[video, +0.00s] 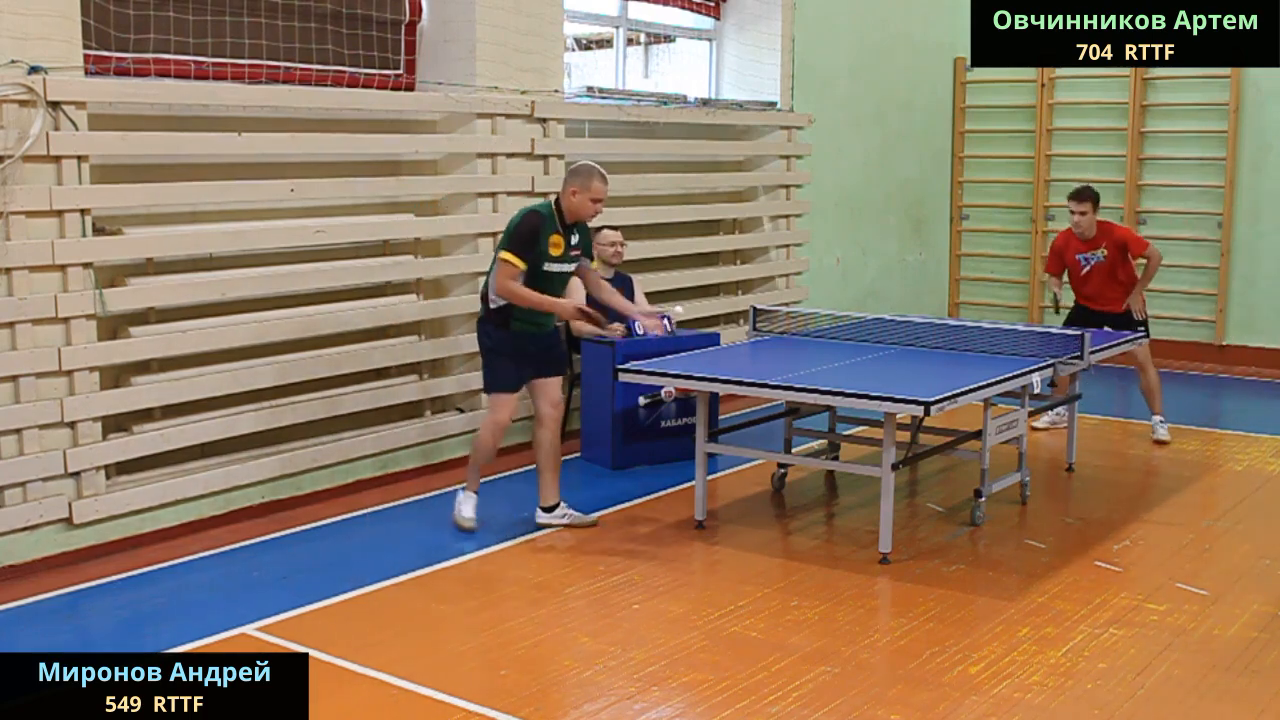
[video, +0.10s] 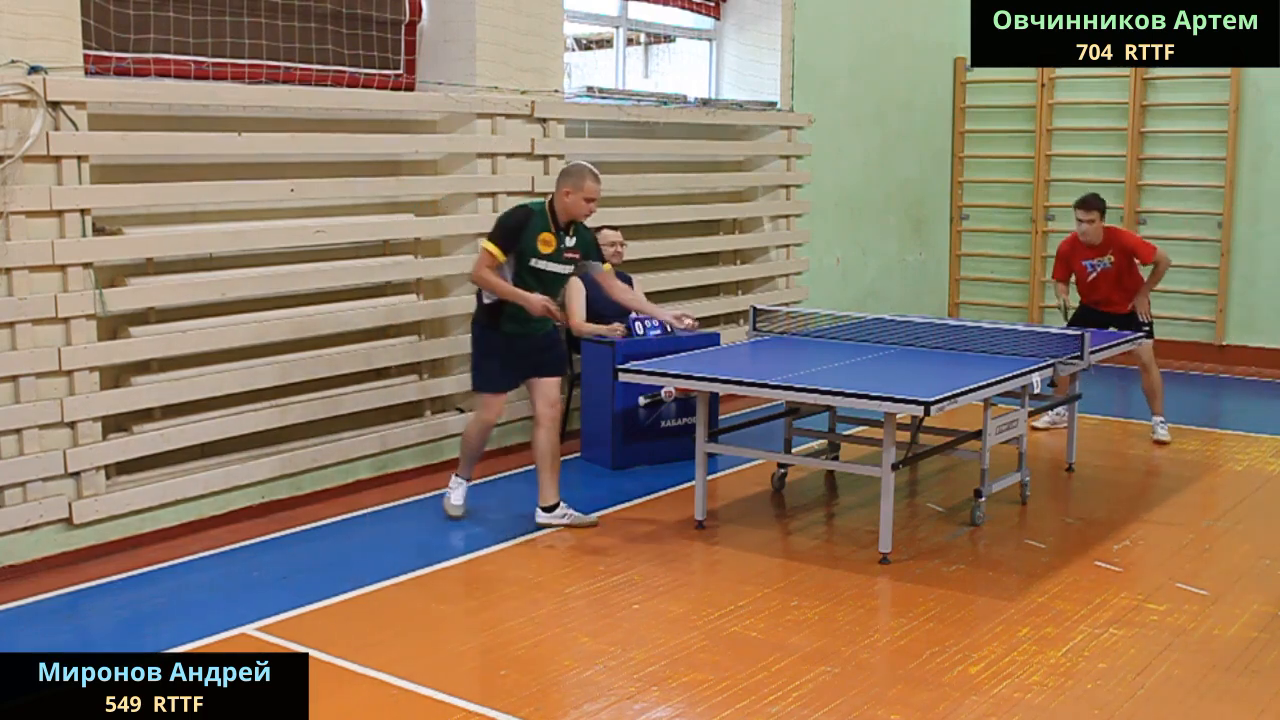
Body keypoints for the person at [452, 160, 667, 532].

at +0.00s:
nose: (599, 210)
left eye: (602, 203)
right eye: (595, 202)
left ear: (579, 196)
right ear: (572, 193)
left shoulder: (579, 229)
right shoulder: (531, 221)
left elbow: (592, 282)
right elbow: (502, 284)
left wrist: (638, 313)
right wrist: (561, 306)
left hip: (544, 330)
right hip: (504, 329)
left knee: (551, 412)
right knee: (500, 417)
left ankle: (549, 506)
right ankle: (469, 491)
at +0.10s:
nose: (593, 209)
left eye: (596, 202)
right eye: (590, 201)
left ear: (574, 197)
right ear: (565, 193)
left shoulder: (582, 236)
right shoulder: (520, 219)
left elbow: (615, 288)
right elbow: (480, 271)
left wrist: (665, 315)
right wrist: (526, 299)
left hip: (544, 330)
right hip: (497, 329)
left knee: (550, 412)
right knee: (488, 414)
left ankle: (549, 506)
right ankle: (461, 480)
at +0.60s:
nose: (534, 215)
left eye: (536, 208)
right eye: (528, 208)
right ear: (504, 199)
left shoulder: (533, 232)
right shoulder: (463, 222)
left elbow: (565, 279)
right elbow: (425, 269)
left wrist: (609, 311)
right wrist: (466, 290)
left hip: (513, 324)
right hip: (465, 328)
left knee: (542, 397)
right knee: (461, 407)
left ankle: (549, 489)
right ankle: (454, 484)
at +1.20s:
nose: (585, 266)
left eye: (589, 260)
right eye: (580, 259)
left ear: (591, 255)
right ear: (559, 247)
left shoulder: (581, 267)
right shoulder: (523, 255)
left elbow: (604, 310)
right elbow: (506, 321)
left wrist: (630, 338)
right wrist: (559, 344)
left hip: (529, 320)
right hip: (483, 318)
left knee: (536, 400)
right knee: (470, 402)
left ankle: (544, 490)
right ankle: (455, 483)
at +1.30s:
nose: (589, 269)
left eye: (592, 263)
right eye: (584, 262)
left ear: (594, 257)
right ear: (563, 251)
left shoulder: (584, 267)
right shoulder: (531, 260)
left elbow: (608, 309)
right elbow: (525, 329)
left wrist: (635, 336)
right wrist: (576, 349)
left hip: (529, 321)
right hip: (485, 321)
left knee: (537, 400)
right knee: (471, 403)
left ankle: (544, 489)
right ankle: (454, 483)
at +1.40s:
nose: (590, 271)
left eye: (593, 265)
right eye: (585, 264)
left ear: (595, 258)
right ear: (564, 252)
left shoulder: (584, 268)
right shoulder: (533, 262)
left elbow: (609, 309)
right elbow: (529, 330)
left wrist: (635, 334)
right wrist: (581, 351)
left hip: (529, 323)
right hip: (485, 321)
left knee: (537, 400)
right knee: (471, 403)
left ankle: (544, 490)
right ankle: (452, 482)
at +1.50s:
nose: (588, 271)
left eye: (591, 265)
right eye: (583, 264)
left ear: (593, 259)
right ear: (562, 253)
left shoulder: (580, 268)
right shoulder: (529, 262)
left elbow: (606, 309)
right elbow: (521, 330)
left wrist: (632, 337)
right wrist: (572, 349)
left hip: (526, 322)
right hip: (481, 321)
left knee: (536, 400)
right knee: (469, 404)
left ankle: (544, 490)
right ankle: (451, 485)